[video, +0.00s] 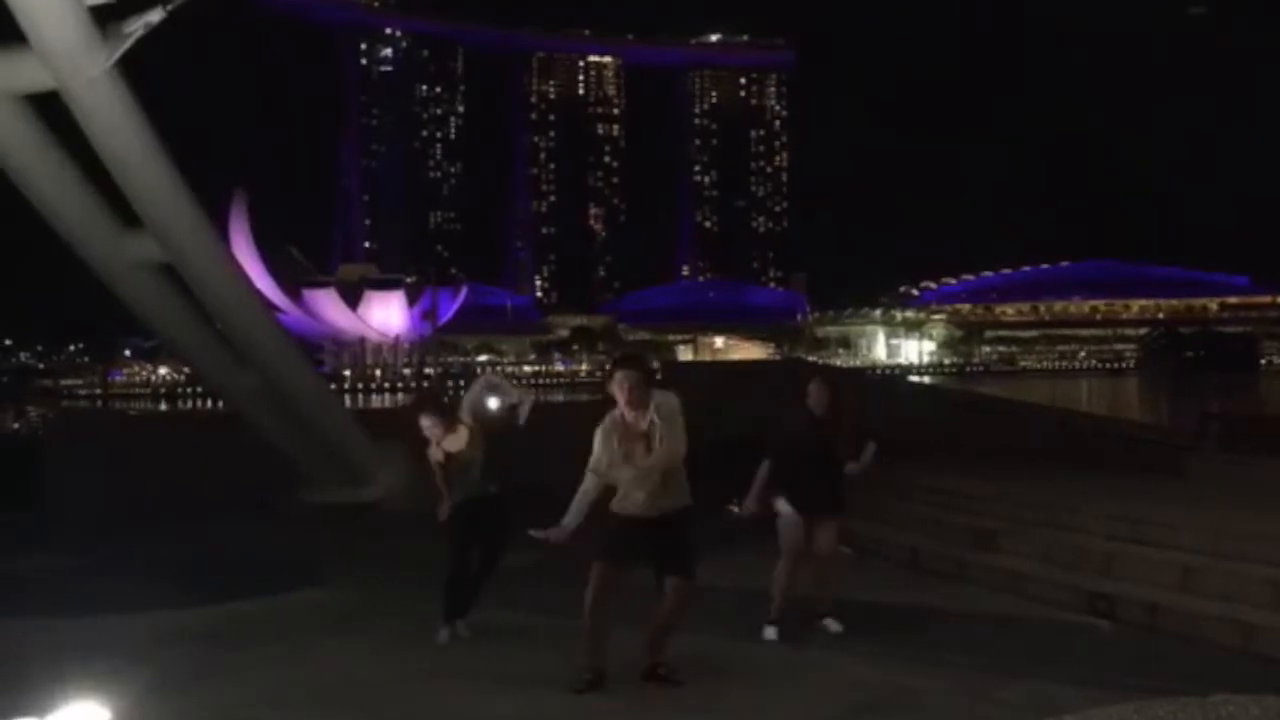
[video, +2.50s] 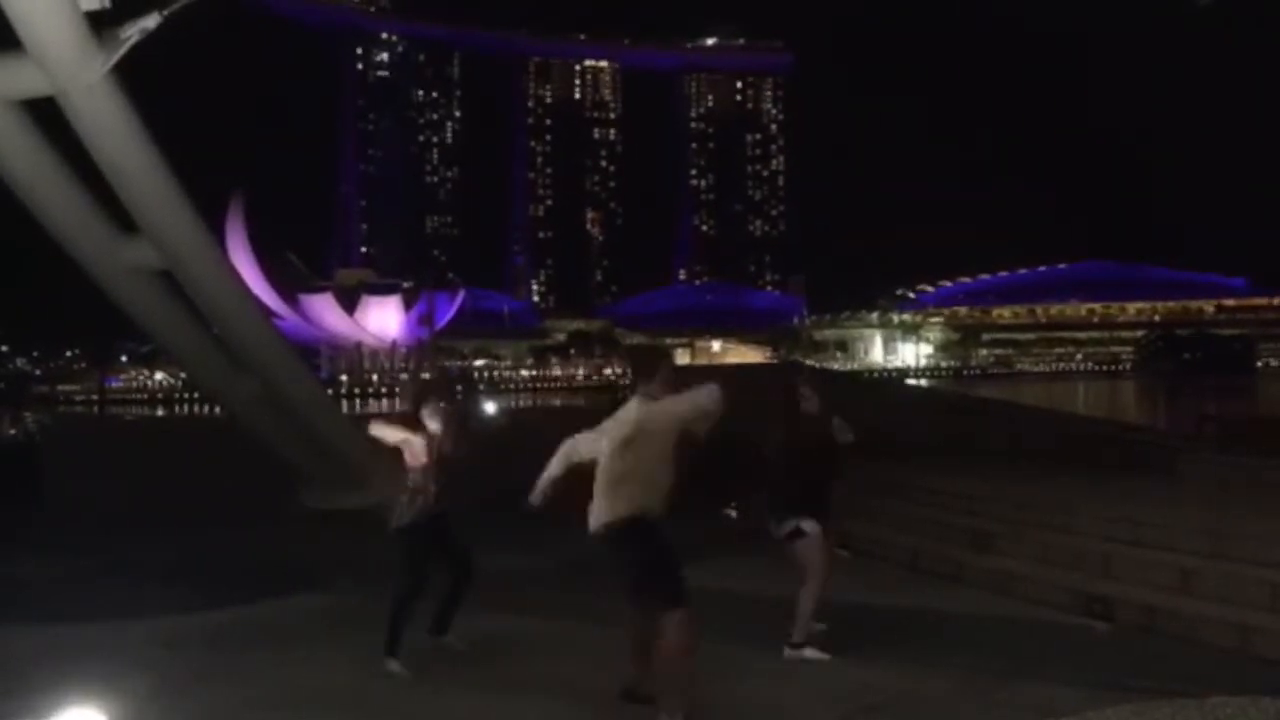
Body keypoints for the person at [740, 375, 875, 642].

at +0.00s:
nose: (817, 400)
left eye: (821, 395)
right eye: (813, 395)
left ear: (830, 398)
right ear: (805, 397)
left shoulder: (835, 428)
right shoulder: (793, 425)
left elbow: (842, 468)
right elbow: (769, 463)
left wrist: (861, 464)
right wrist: (753, 497)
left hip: (826, 500)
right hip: (792, 499)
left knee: (826, 558)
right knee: (789, 557)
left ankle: (824, 613)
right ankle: (774, 620)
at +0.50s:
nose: (797, 405)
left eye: (802, 399)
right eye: (794, 398)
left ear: (810, 401)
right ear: (786, 399)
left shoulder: (817, 429)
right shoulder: (777, 426)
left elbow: (805, 470)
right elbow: (759, 456)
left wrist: (761, 474)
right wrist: (738, 480)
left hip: (817, 501)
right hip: (782, 501)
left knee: (822, 557)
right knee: (779, 555)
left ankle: (822, 612)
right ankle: (767, 610)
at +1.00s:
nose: (756, 404)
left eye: (761, 398)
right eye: (752, 398)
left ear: (772, 400)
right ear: (746, 400)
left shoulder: (786, 425)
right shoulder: (738, 427)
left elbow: (819, 448)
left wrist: (846, 471)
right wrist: (696, 484)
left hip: (781, 495)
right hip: (748, 494)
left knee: (770, 550)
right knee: (749, 553)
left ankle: (785, 616)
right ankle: (761, 614)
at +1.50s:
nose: (768, 393)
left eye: (772, 387)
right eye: (764, 388)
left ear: (781, 389)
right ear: (756, 390)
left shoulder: (794, 416)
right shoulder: (747, 420)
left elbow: (814, 446)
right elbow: (737, 465)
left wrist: (825, 468)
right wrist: (768, 479)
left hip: (796, 495)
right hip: (761, 498)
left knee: (801, 555)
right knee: (763, 556)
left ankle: (802, 613)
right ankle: (756, 612)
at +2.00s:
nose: (785, 394)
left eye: (789, 389)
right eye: (781, 389)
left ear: (798, 390)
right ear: (774, 391)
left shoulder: (804, 416)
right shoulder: (767, 414)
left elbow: (808, 449)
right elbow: (760, 438)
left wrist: (826, 459)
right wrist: (800, 435)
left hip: (803, 494)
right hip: (771, 495)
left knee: (810, 555)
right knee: (772, 557)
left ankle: (804, 614)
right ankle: (736, 625)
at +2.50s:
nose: (814, 404)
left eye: (813, 398)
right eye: (809, 399)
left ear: (803, 399)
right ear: (801, 401)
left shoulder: (789, 425)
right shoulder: (807, 428)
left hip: (789, 507)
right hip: (801, 510)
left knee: (813, 570)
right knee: (814, 573)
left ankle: (803, 620)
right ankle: (797, 641)